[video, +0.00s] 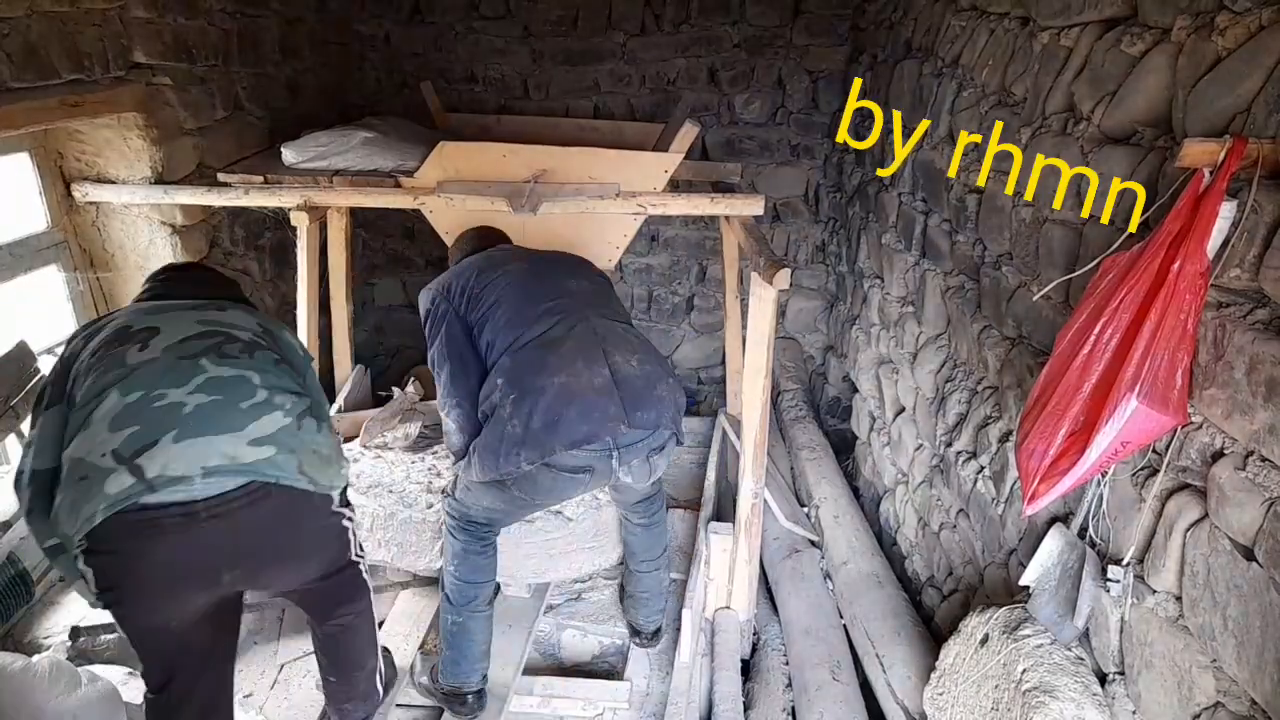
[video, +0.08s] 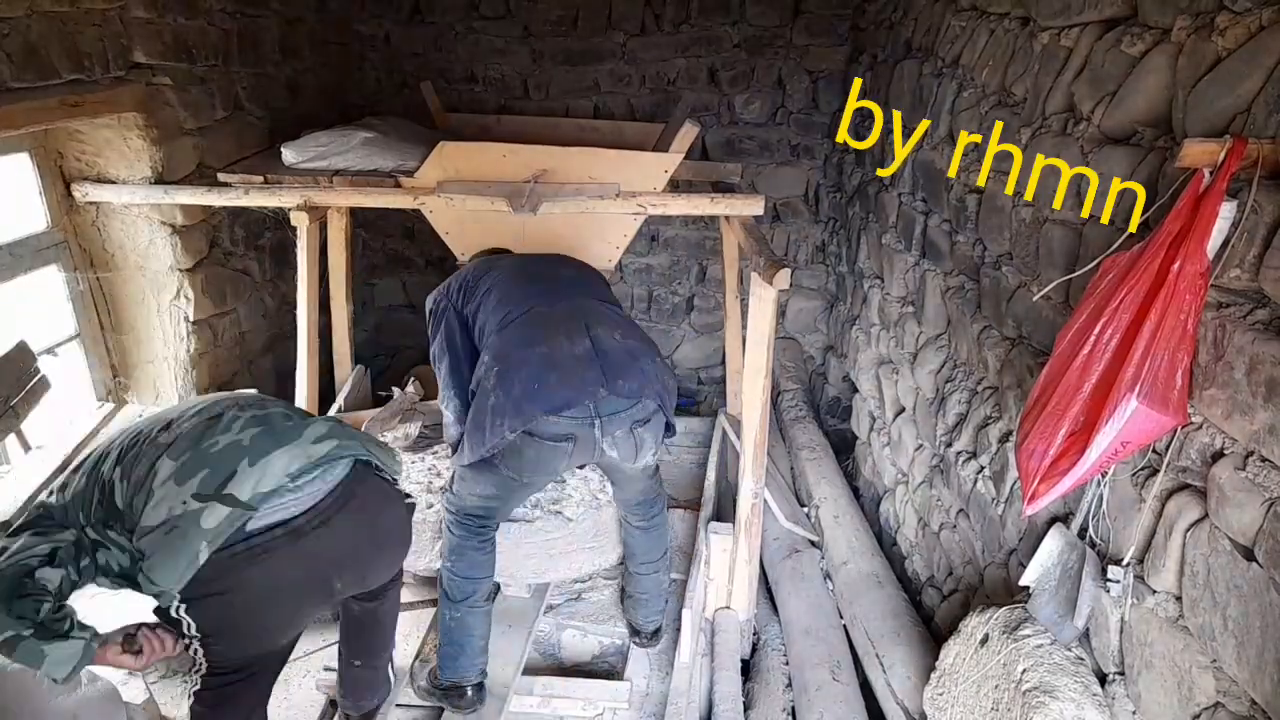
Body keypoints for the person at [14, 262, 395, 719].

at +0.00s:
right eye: (247, 300)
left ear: (145, 298)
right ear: (234, 298)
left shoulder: (89, 340)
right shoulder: (265, 327)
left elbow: (34, 488)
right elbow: (321, 428)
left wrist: (94, 578)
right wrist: (333, 504)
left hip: (139, 548)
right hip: (282, 515)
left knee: (181, 691)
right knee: (335, 589)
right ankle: (356, 701)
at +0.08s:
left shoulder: (63, 508)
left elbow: (7, 603)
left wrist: (103, 652)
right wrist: (182, 619)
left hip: (242, 570)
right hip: (370, 509)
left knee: (233, 682)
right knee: (373, 582)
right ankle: (364, 702)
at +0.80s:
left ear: (59, 355)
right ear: (139, 335)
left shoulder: (17, 397)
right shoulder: (196, 344)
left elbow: (6, 576)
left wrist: (85, 665)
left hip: (168, 604)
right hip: (313, 539)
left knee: (198, 707)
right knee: (336, 604)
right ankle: (358, 712)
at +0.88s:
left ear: (90, 280)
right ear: (192, 275)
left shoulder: (25, 331)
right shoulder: (244, 322)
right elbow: (301, 455)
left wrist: (13, 621)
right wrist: (257, 595)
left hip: (120, 588)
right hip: (277, 550)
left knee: (186, 706)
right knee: (335, 647)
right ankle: (360, 712)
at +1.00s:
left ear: (121, 240)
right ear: (224, 241)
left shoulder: (29, 305)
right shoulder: (264, 300)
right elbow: (308, 437)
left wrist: (14, 560)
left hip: (97, 597)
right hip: (251, 557)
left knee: (184, 709)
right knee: (356, 572)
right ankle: (365, 712)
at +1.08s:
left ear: (344, 288)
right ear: (432, 298)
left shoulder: (251, 347)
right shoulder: (466, 360)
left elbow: (167, 473)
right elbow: (495, 494)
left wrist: (207, 597)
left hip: (288, 667)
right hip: (459, 654)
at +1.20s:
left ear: (292, 291)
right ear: (404, 281)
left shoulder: (252, 360)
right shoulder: (471, 340)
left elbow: (206, 515)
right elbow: (526, 459)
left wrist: (264, 654)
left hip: (388, 665)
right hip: (544, 631)